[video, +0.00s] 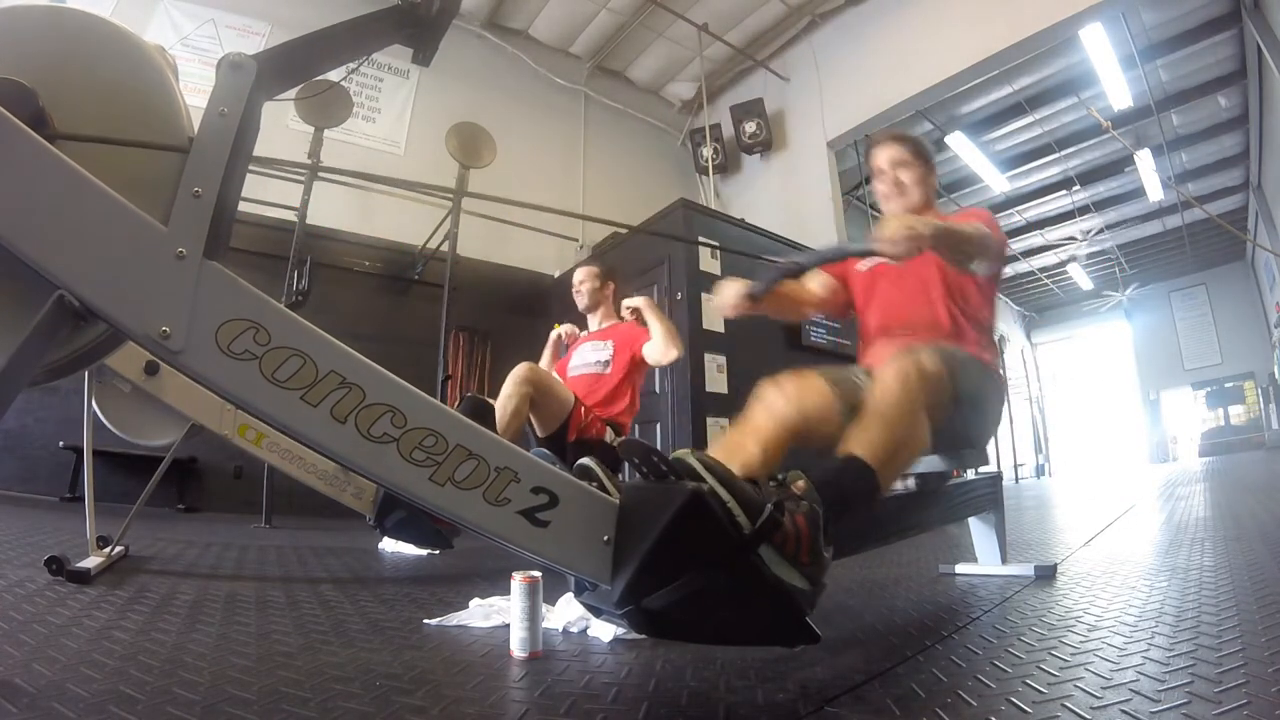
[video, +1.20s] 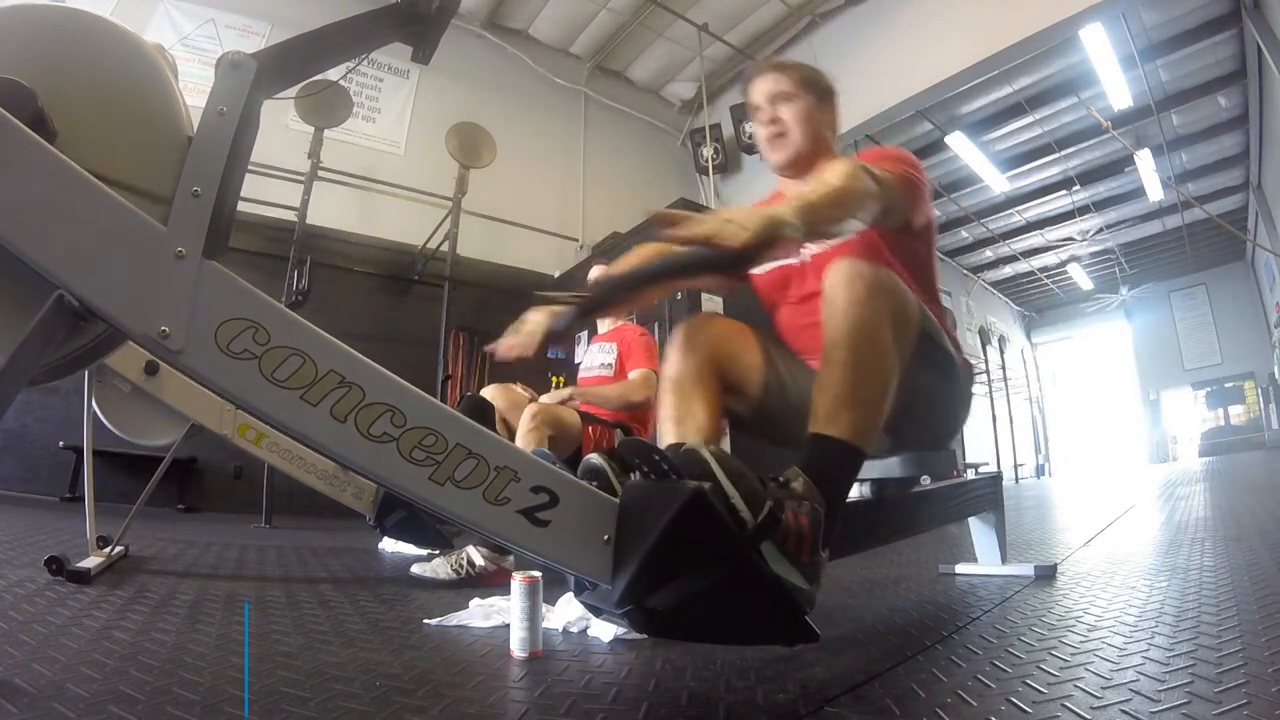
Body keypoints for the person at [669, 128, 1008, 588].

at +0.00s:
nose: (890, 180)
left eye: (901, 167)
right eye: (879, 175)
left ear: (930, 174)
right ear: (871, 191)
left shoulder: (969, 222)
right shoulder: (862, 259)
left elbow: (985, 250)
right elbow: (809, 294)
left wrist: (927, 231)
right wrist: (754, 298)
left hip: (965, 380)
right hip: (875, 381)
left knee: (905, 368)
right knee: (780, 395)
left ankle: (816, 512)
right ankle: (690, 491)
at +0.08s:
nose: (911, 199)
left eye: (921, 187)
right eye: (901, 194)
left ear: (949, 196)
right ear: (894, 211)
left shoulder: (987, 245)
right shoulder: (884, 280)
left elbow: (1027, 293)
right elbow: (845, 335)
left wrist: (978, 257)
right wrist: (805, 314)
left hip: (960, 368)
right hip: (885, 380)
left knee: (917, 438)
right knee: (822, 445)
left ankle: (824, 529)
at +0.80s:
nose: (875, 172)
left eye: (887, 158)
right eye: (865, 166)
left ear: (919, 167)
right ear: (860, 184)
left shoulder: (967, 222)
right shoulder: (848, 260)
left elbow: (998, 261)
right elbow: (794, 300)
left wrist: (942, 287)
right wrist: (741, 332)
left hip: (972, 382)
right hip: (882, 392)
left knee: (913, 393)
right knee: (795, 414)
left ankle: (822, 518)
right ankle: (698, 496)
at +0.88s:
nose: (861, 164)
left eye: (874, 150)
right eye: (851, 158)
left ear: (908, 159)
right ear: (846, 176)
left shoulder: (959, 213)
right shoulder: (835, 253)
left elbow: (962, 252)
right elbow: (781, 290)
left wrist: (919, 284)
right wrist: (717, 327)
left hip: (969, 389)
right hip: (878, 394)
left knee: (908, 378)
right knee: (781, 404)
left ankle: (820, 512)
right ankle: (699, 504)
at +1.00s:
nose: (828, 147)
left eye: (842, 132)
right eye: (818, 141)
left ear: (880, 141)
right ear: (814, 159)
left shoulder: (931, 195)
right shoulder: (808, 239)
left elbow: (921, 228)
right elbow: (741, 274)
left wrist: (871, 259)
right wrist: (659, 321)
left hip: (950, 397)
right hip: (855, 398)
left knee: (893, 335)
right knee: (754, 369)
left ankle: (814, 512)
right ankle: (696, 496)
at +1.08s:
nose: (809, 137)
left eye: (824, 122)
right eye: (799, 131)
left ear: (864, 132)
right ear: (795, 150)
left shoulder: (919, 187)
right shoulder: (793, 232)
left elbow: (901, 216)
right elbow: (716, 267)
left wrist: (844, 247)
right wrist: (633, 315)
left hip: (941, 392)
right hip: (839, 396)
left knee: (881, 314)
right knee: (732, 357)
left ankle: (815, 514)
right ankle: (696, 495)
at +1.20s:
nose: (767, 119)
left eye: (782, 101)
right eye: (755, 113)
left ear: (828, 109)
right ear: (753, 137)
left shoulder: (888, 165)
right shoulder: (756, 222)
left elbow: (847, 198)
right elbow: (664, 264)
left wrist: (757, 226)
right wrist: (561, 311)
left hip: (918, 398)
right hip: (810, 400)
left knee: (857, 272)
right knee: (694, 334)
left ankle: (809, 512)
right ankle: (682, 505)